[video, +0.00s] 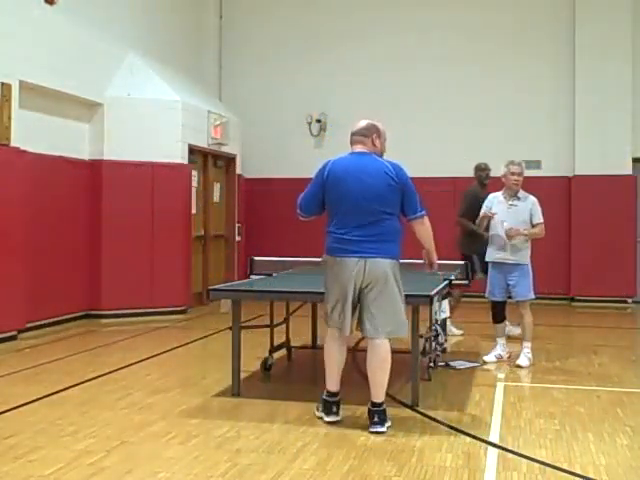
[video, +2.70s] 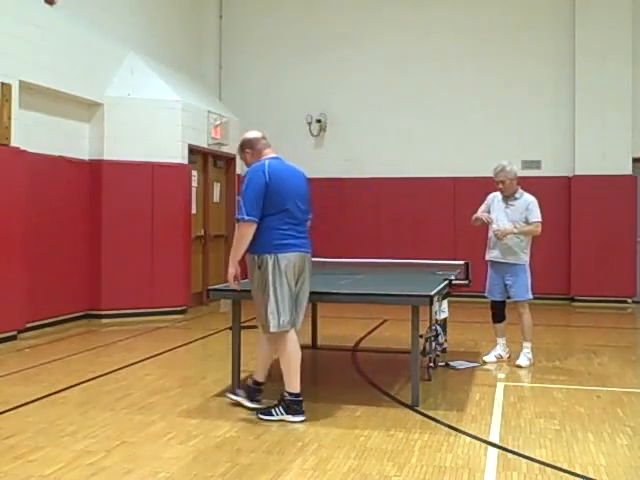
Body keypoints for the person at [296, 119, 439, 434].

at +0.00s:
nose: (385, 147)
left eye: (384, 142)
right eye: (384, 142)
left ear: (352, 141)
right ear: (376, 141)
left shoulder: (331, 168)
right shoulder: (393, 171)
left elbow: (305, 210)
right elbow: (417, 217)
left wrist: (332, 195)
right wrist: (431, 253)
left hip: (341, 264)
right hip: (382, 266)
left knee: (337, 331)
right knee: (378, 336)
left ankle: (331, 403)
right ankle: (378, 413)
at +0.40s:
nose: (362, 150)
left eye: (359, 146)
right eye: (362, 146)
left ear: (333, 145)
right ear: (358, 146)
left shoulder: (312, 170)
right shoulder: (374, 173)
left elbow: (293, 215)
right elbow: (390, 223)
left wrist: (320, 220)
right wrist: (389, 260)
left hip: (322, 261)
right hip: (362, 262)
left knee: (328, 328)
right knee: (370, 329)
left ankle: (330, 401)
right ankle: (373, 393)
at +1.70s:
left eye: (335, 143)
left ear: (332, 148)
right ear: (358, 152)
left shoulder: (323, 167)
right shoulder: (374, 180)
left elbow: (304, 209)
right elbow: (386, 228)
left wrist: (289, 243)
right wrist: (372, 255)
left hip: (326, 254)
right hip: (361, 258)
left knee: (309, 326)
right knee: (354, 330)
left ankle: (297, 399)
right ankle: (353, 399)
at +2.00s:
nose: (302, 152)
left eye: (302, 148)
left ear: (304, 150)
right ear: (329, 148)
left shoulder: (300, 171)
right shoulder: (351, 175)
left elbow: (284, 218)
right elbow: (369, 222)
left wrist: (265, 257)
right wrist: (352, 245)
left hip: (307, 259)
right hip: (343, 260)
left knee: (299, 328)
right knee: (344, 330)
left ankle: (293, 402)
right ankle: (352, 398)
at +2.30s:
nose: (269, 163)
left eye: (268, 159)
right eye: (268, 159)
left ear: (272, 154)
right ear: (293, 145)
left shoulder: (277, 173)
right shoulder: (326, 172)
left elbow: (265, 223)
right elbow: (342, 217)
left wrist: (247, 264)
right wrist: (327, 250)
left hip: (289, 259)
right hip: (320, 259)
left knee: (288, 329)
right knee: (321, 328)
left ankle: (292, 403)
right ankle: (338, 395)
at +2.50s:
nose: (257, 162)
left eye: (256, 158)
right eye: (256, 158)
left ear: (260, 151)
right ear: (281, 145)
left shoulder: (267, 172)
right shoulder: (312, 172)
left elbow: (255, 222)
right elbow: (325, 216)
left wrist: (240, 261)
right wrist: (307, 241)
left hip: (282, 258)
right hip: (311, 257)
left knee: (286, 331)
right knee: (301, 329)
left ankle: (292, 402)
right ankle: (302, 389)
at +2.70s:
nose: (245, 164)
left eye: (243, 160)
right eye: (243, 161)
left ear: (248, 153)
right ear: (268, 146)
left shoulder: (257, 171)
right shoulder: (297, 172)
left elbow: (248, 221)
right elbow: (305, 216)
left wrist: (233, 260)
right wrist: (293, 245)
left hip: (274, 256)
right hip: (300, 254)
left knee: (282, 328)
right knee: (271, 326)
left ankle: (293, 402)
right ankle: (255, 387)